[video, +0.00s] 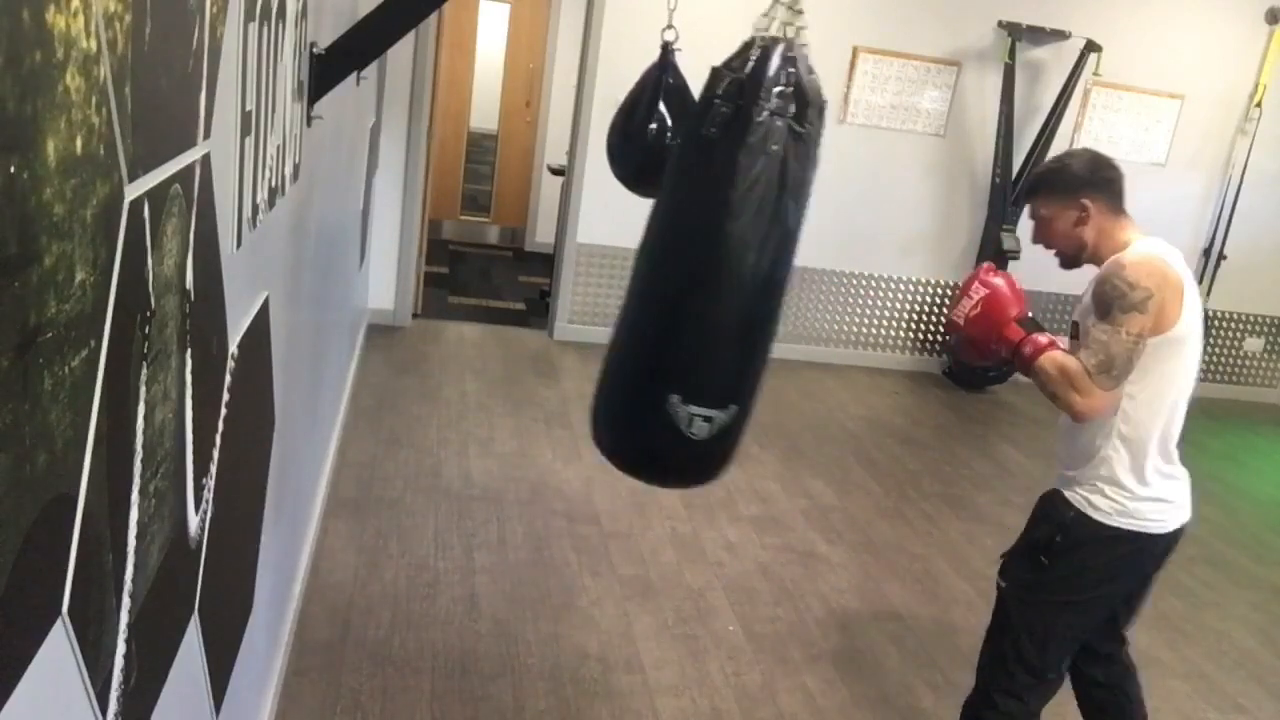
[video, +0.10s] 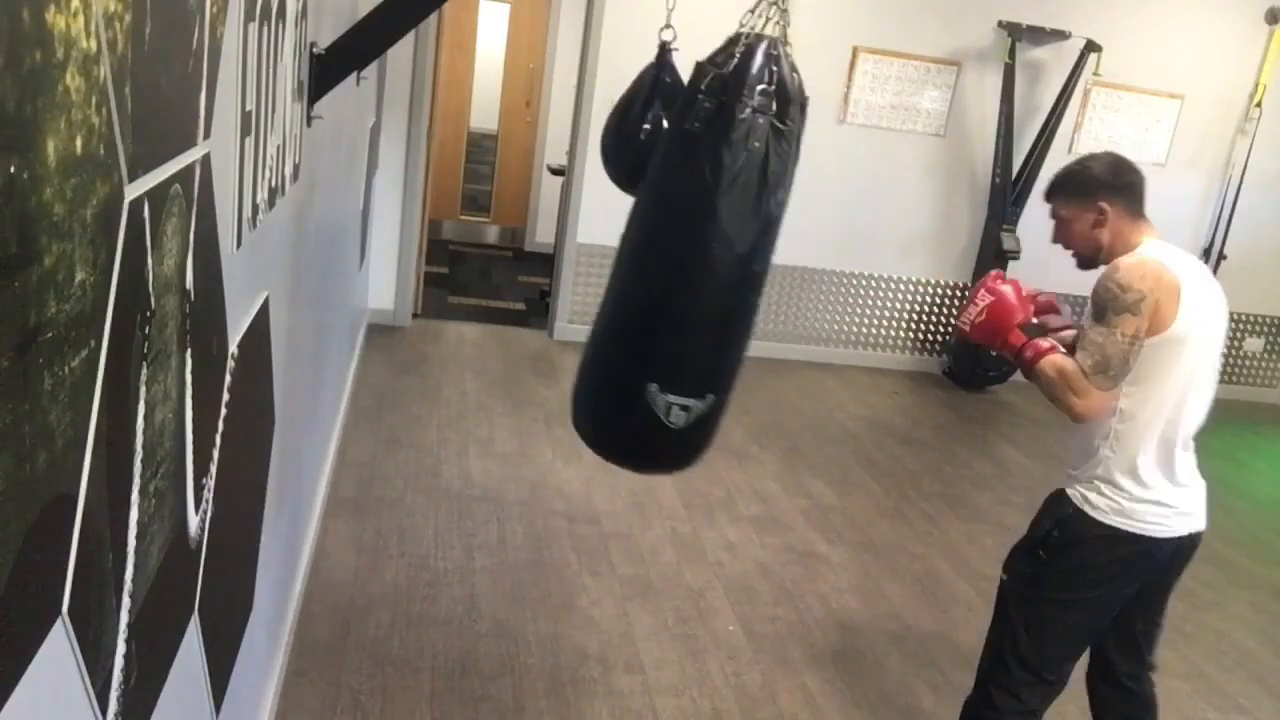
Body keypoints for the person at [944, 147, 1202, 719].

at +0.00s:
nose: (1036, 236)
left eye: (1041, 221)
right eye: (1034, 222)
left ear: (1083, 213)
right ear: (1088, 213)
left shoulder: (1132, 275)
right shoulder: (1158, 265)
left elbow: (1087, 397)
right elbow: (1091, 376)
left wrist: (1011, 336)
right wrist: (1021, 337)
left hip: (1100, 515)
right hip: (1149, 512)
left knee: (1014, 673)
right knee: (1097, 649)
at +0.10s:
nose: (1055, 237)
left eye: (1060, 222)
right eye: (1054, 223)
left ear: (1101, 216)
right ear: (1110, 215)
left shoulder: (1131, 277)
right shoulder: (1198, 279)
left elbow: (1083, 400)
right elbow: (1152, 368)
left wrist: (1019, 341)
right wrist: (1068, 328)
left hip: (1105, 520)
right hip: (1174, 520)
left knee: (1013, 680)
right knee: (1123, 676)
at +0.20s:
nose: (1074, 235)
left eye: (1078, 219)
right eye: (1072, 220)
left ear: (1118, 213)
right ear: (1126, 212)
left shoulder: (1139, 273)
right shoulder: (1220, 281)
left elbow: (1089, 396)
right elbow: (1168, 375)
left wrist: (1030, 333)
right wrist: (1086, 324)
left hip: (1101, 517)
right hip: (1177, 525)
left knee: (1011, 672)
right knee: (1133, 682)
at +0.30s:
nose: (1079, 226)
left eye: (1084, 210)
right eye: (1078, 211)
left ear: (1124, 206)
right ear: (1139, 205)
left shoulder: (1140, 271)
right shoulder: (1221, 279)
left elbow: (1079, 390)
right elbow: (1163, 367)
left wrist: (1028, 319)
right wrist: (1083, 311)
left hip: (1094, 509)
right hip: (1172, 518)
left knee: (999, 664)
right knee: (1134, 681)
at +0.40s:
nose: (1068, 223)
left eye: (1073, 208)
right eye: (1067, 209)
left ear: (1114, 206)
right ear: (1128, 204)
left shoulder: (1128, 274)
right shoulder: (1206, 276)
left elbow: (1056, 388)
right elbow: (1138, 366)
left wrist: (1012, 315)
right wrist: (1062, 309)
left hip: (1083, 507)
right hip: (1158, 515)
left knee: (974, 659)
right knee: (1127, 682)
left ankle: (927, 713)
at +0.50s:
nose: (1043, 224)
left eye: (1050, 210)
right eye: (1043, 210)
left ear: (1089, 209)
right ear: (1108, 206)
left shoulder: (1102, 280)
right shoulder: (1181, 277)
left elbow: (1035, 392)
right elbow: (1116, 370)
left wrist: (978, 329)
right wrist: (1035, 315)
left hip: (1057, 508)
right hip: (1132, 516)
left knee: (950, 657)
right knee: (1112, 680)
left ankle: (904, 712)